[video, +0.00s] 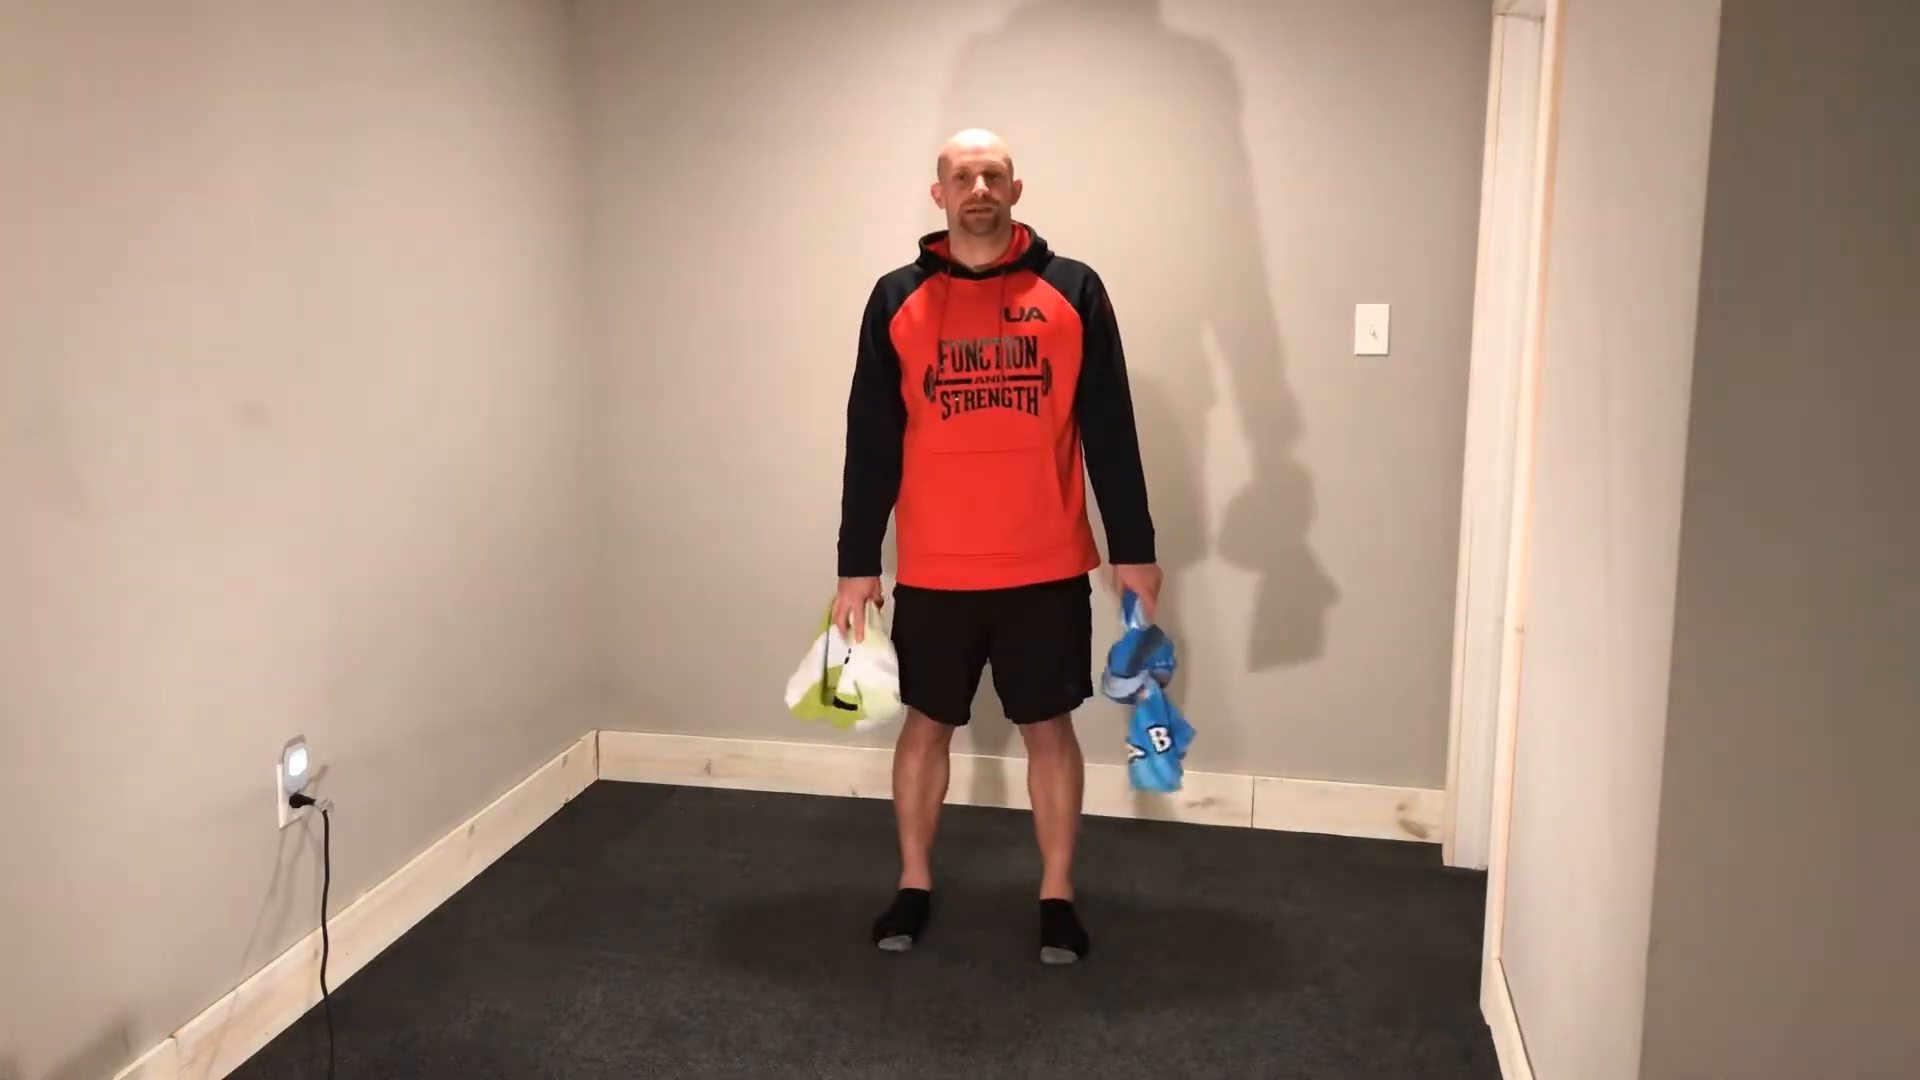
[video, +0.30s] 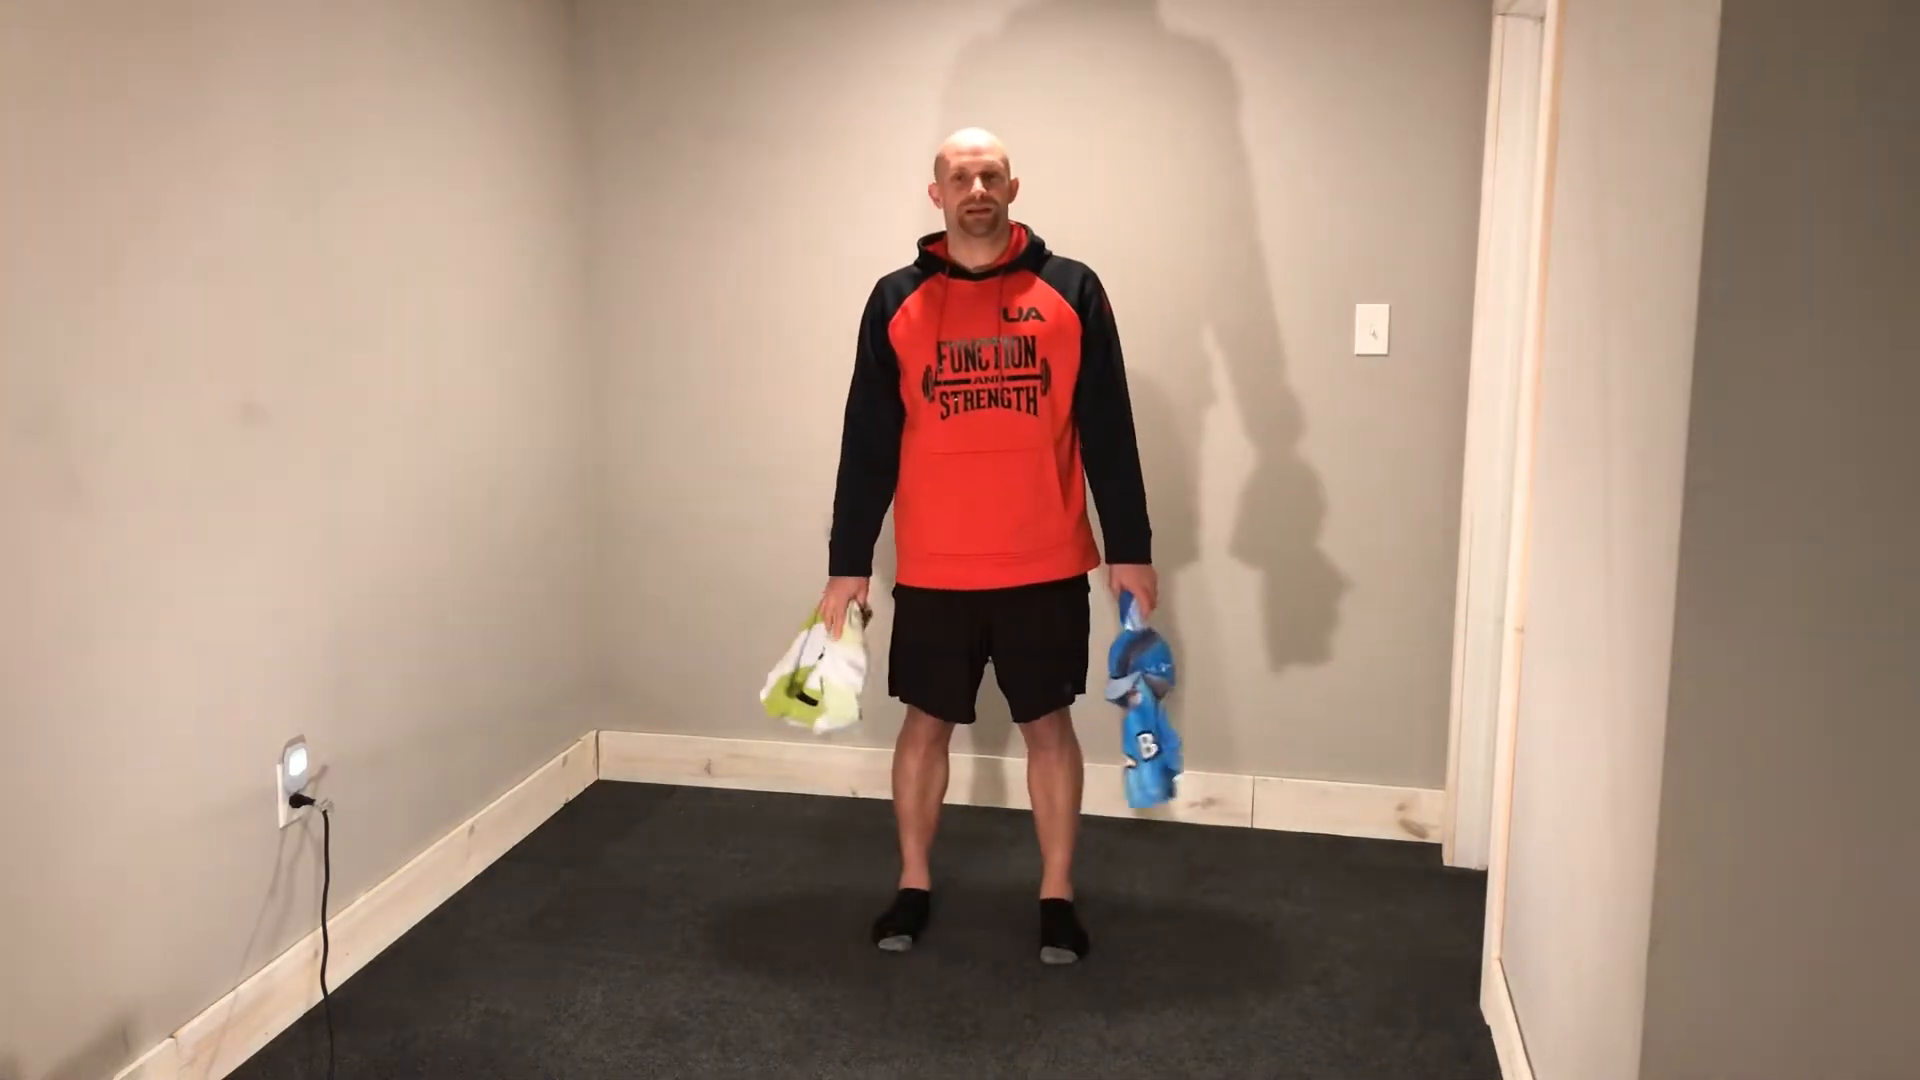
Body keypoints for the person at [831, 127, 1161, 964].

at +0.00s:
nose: (979, 187)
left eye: (992, 174)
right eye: (962, 176)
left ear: (1018, 192)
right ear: (937, 195)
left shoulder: (1072, 291)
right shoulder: (898, 299)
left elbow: (1109, 427)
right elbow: (871, 437)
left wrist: (1134, 549)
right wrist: (857, 560)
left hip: (1042, 564)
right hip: (935, 567)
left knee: (1047, 727)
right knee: (925, 725)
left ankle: (1057, 898)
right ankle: (912, 888)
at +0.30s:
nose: (976, 188)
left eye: (989, 175)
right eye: (959, 176)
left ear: (1013, 189)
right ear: (936, 195)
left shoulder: (1071, 291)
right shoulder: (898, 299)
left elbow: (1108, 428)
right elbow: (868, 438)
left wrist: (1130, 551)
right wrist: (848, 560)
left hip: (1041, 561)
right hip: (935, 565)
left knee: (1046, 723)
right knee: (925, 721)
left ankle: (1059, 897)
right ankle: (912, 889)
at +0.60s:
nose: (978, 188)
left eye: (991, 174)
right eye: (961, 176)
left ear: (1015, 189)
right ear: (938, 193)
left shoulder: (1072, 292)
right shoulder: (898, 298)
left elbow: (1105, 429)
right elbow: (868, 437)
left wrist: (1122, 551)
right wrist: (850, 559)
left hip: (1041, 563)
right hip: (933, 565)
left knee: (1048, 728)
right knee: (923, 724)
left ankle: (1059, 898)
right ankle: (911, 890)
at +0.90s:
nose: (980, 189)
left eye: (994, 175)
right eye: (964, 178)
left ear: (1021, 188)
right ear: (943, 193)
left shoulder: (1075, 294)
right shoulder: (902, 296)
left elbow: (1105, 431)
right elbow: (870, 434)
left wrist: (1120, 553)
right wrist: (854, 558)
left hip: (1041, 565)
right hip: (933, 566)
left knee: (1047, 728)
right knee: (925, 727)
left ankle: (1059, 898)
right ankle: (912, 889)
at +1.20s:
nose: (985, 200)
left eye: (1000, 185)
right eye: (970, 185)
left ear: (1023, 189)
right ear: (947, 191)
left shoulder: (1077, 295)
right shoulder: (903, 297)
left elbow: (1108, 431)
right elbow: (871, 434)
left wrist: (1125, 553)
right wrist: (853, 557)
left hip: (1041, 564)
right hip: (934, 565)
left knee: (1046, 726)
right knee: (925, 725)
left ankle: (1058, 899)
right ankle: (911, 890)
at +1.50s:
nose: (987, 201)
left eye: (1001, 185)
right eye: (971, 185)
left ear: (1024, 190)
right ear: (948, 192)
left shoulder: (1078, 295)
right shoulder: (904, 297)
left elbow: (1107, 430)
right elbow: (873, 434)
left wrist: (1123, 552)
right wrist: (856, 557)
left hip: (1043, 564)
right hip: (935, 565)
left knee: (1048, 727)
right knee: (925, 723)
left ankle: (1058, 899)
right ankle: (912, 889)